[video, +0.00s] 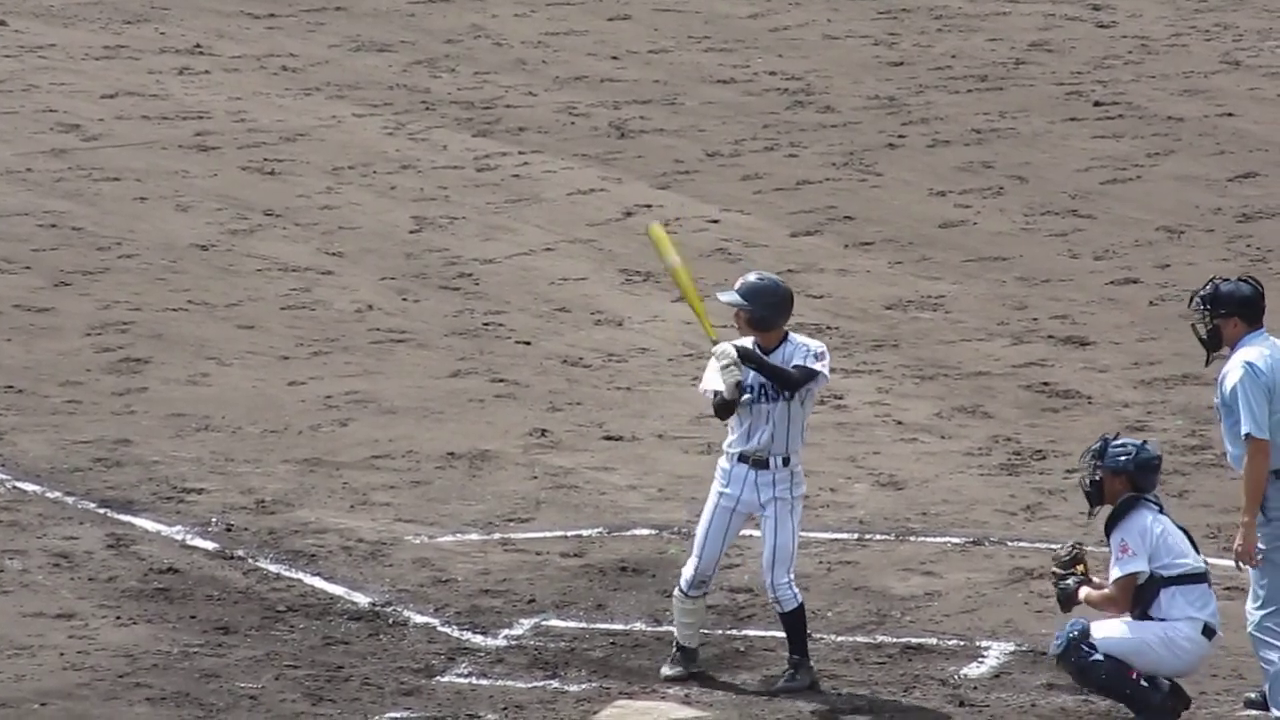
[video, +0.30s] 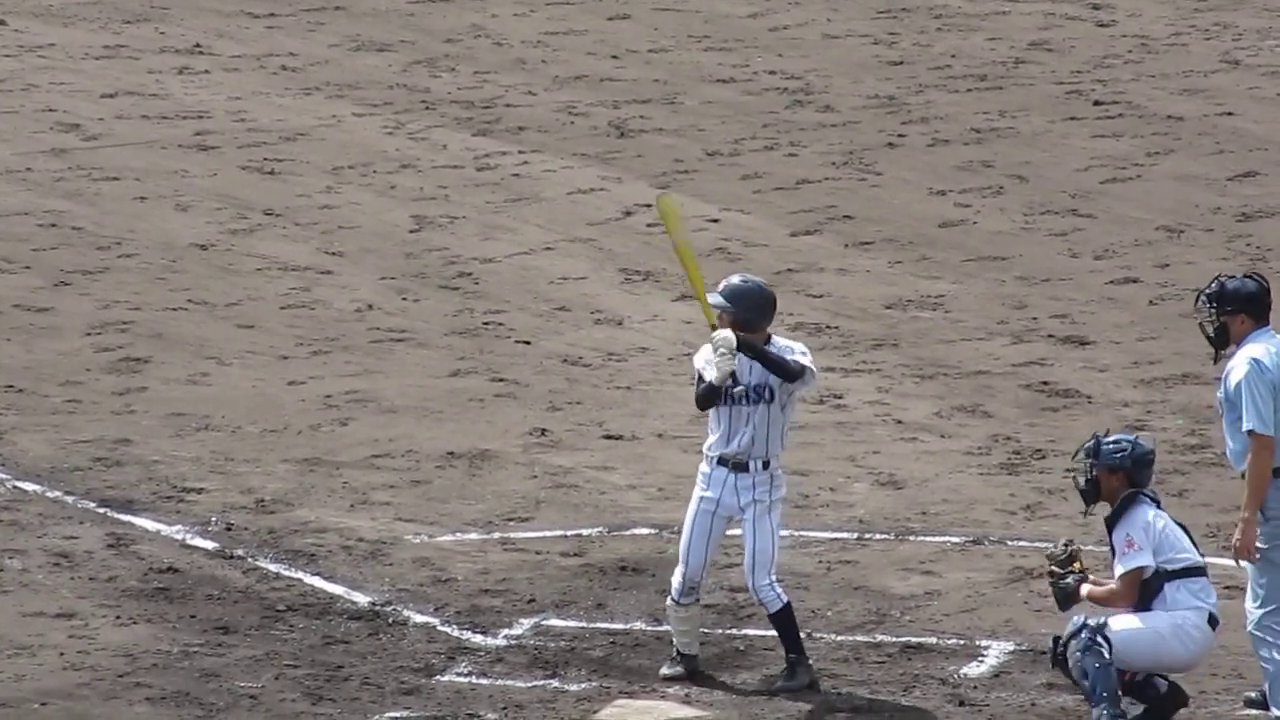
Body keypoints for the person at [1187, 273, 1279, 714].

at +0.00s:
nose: (1208, 324)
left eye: (1213, 317)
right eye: (1210, 316)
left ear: (1232, 322)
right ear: (1251, 318)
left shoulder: (1246, 368)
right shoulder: (1269, 349)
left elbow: (1259, 449)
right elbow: (1263, 447)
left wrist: (1248, 522)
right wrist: (1254, 517)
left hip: (1272, 502)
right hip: (1272, 496)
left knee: (1264, 616)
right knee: (1267, 605)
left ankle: (1277, 700)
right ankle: (1274, 691)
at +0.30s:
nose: (1214, 321)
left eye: (1220, 313)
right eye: (1216, 313)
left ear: (1238, 318)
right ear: (1256, 315)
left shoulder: (1252, 364)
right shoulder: (1268, 348)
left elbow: (1263, 445)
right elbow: (1264, 444)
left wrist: (1249, 516)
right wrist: (1254, 513)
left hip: (1271, 502)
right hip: (1270, 496)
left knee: (1265, 616)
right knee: (1266, 607)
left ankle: (1276, 700)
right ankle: (1274, 691)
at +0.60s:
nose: (1219, 320)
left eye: (1225, 313)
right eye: (1220, 312)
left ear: (1245, 317)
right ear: (1255, 316)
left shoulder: (1255, 363)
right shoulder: (1265, 348)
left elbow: (1264, 445)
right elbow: (1263, 443)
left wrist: (1237, 512)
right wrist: (1246, 509)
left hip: (1270, 505)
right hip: (1266, 501)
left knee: (1265, 612)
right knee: (1265, 605)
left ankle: (1275, 696)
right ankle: (1273, 688)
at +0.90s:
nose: (1222, 328)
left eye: (1226, 320)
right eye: (1222, 319)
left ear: (1246, 323)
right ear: (1258, 320)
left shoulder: (1259, 367)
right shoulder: (1267, 354)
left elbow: (1269, 447)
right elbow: (1267, 447)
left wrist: (1248, 516)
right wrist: (1252, 514)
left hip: (1273, 515)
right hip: (1269, 512)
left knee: (1262, 622)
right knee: (1264, 614)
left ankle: (1275, 701)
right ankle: (1274, 694)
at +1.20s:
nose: (1212, 338)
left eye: (1216, 330)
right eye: (1213, 330)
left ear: (1234, 334)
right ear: (1254, 329)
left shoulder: (1254, 376)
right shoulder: (1270, 359)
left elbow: (1272, 454)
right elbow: (1275, 447)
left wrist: (1262, 530)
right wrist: (1256, 493)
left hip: (1278, 527)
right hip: (1275, 522)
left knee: (1259, 631)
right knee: (1262, 627)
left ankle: (1275, 710)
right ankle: (1273, 707)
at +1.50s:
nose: (1199, 349)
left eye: (1203, 341)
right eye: (1199, 341)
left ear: (1221, 343)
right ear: (1238, 338)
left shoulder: (1244, 381)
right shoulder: (1264, 364)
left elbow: (1274, 452)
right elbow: (1275, 446)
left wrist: (1272, 531)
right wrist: (1263, 480)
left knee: (1272, 628)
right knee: (1272, 625)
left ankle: (1277, 705)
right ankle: (1276, 704)